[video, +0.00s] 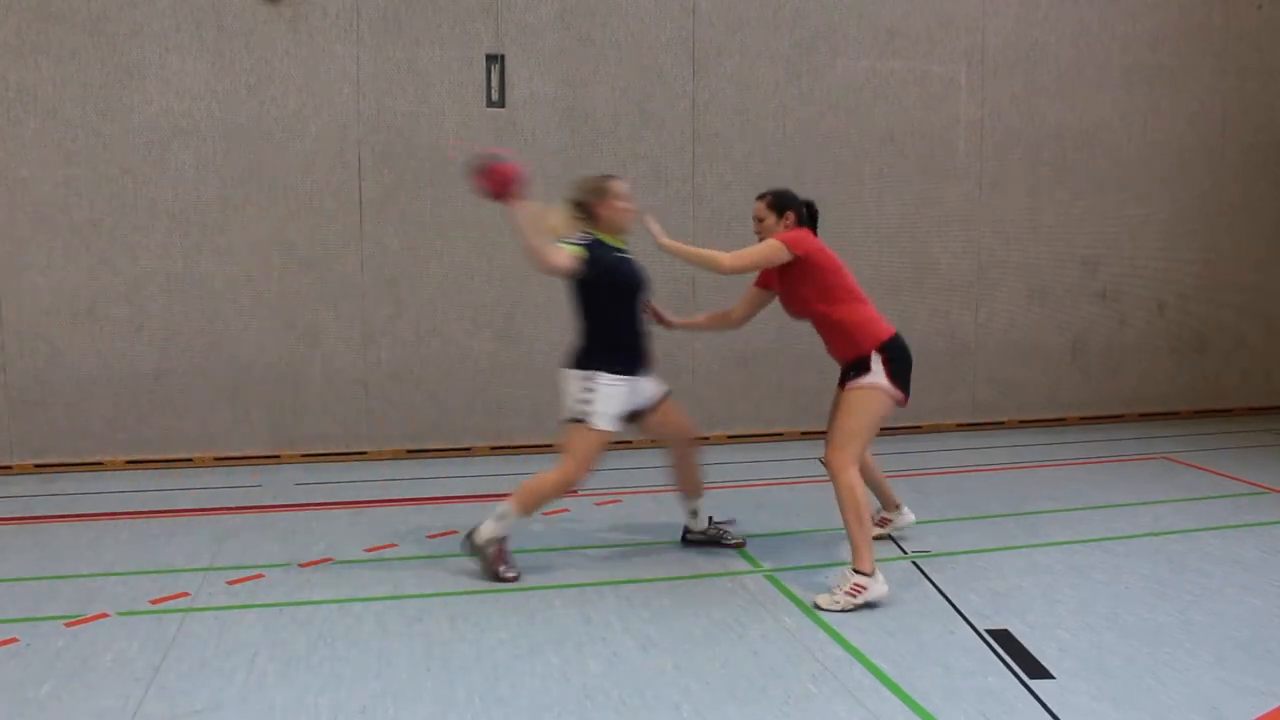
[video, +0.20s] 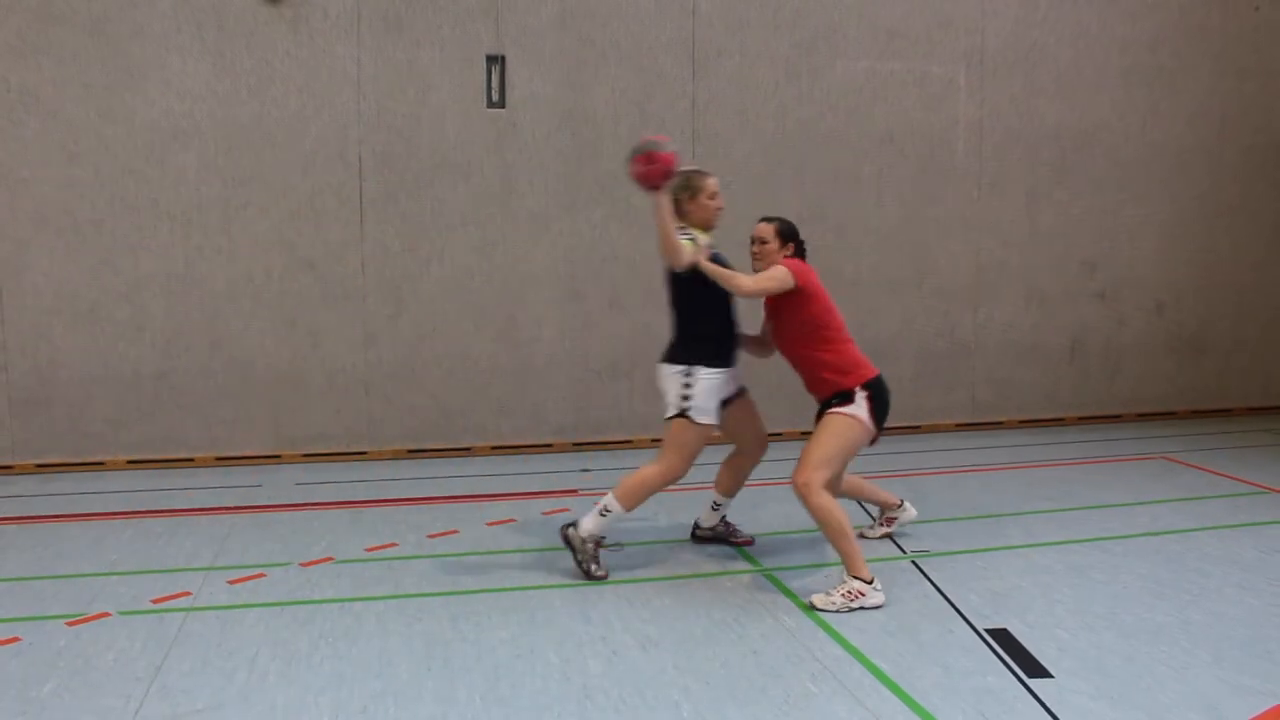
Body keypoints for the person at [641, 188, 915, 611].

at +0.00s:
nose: (754, 229)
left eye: (760, 221)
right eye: (754, 222)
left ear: (788, 219)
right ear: (782, 221)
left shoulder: (799, 243)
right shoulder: (779, 267)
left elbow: (727, 263)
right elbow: (734, 317)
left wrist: (666, 244)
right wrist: (674, 322)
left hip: (878, 357)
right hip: (860, 362)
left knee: (840, 459)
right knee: (847, 446)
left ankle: (865, 576)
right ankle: (893, 509)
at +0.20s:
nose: (753, 250)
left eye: (762, 243)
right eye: (752, 243)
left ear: (787, 248)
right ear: (755, 249)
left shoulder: (795, 271)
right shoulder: (777, 292)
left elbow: (746, 286)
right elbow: (764, 347)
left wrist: (702, 262)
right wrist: (722, 334)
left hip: (858, 395)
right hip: (837, 400)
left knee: (808, 482)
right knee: (827, 481)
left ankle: (861, 582)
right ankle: (894, 506)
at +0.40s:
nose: (774, 247)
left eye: (784, 242)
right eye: (771, 240)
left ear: (804, 247)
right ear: (765, 243)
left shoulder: (811, 275)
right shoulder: (772, 275)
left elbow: (791, 297)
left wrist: (755, 268)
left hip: (847, 403)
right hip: (816, 408)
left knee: (795, 483)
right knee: (830, 494)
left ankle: (849, 583)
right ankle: (893, 501)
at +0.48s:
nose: (785, 252)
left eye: (794, 245)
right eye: (781, 244)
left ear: (813, 251)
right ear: (772, 246)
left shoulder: (823, 279)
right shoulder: (773, 283)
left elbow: (809, 303)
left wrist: (764, 273)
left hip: (852, 408)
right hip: (815, 413)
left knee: (802, 481)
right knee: (835, 495)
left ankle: (849, 583)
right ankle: (893, 500)